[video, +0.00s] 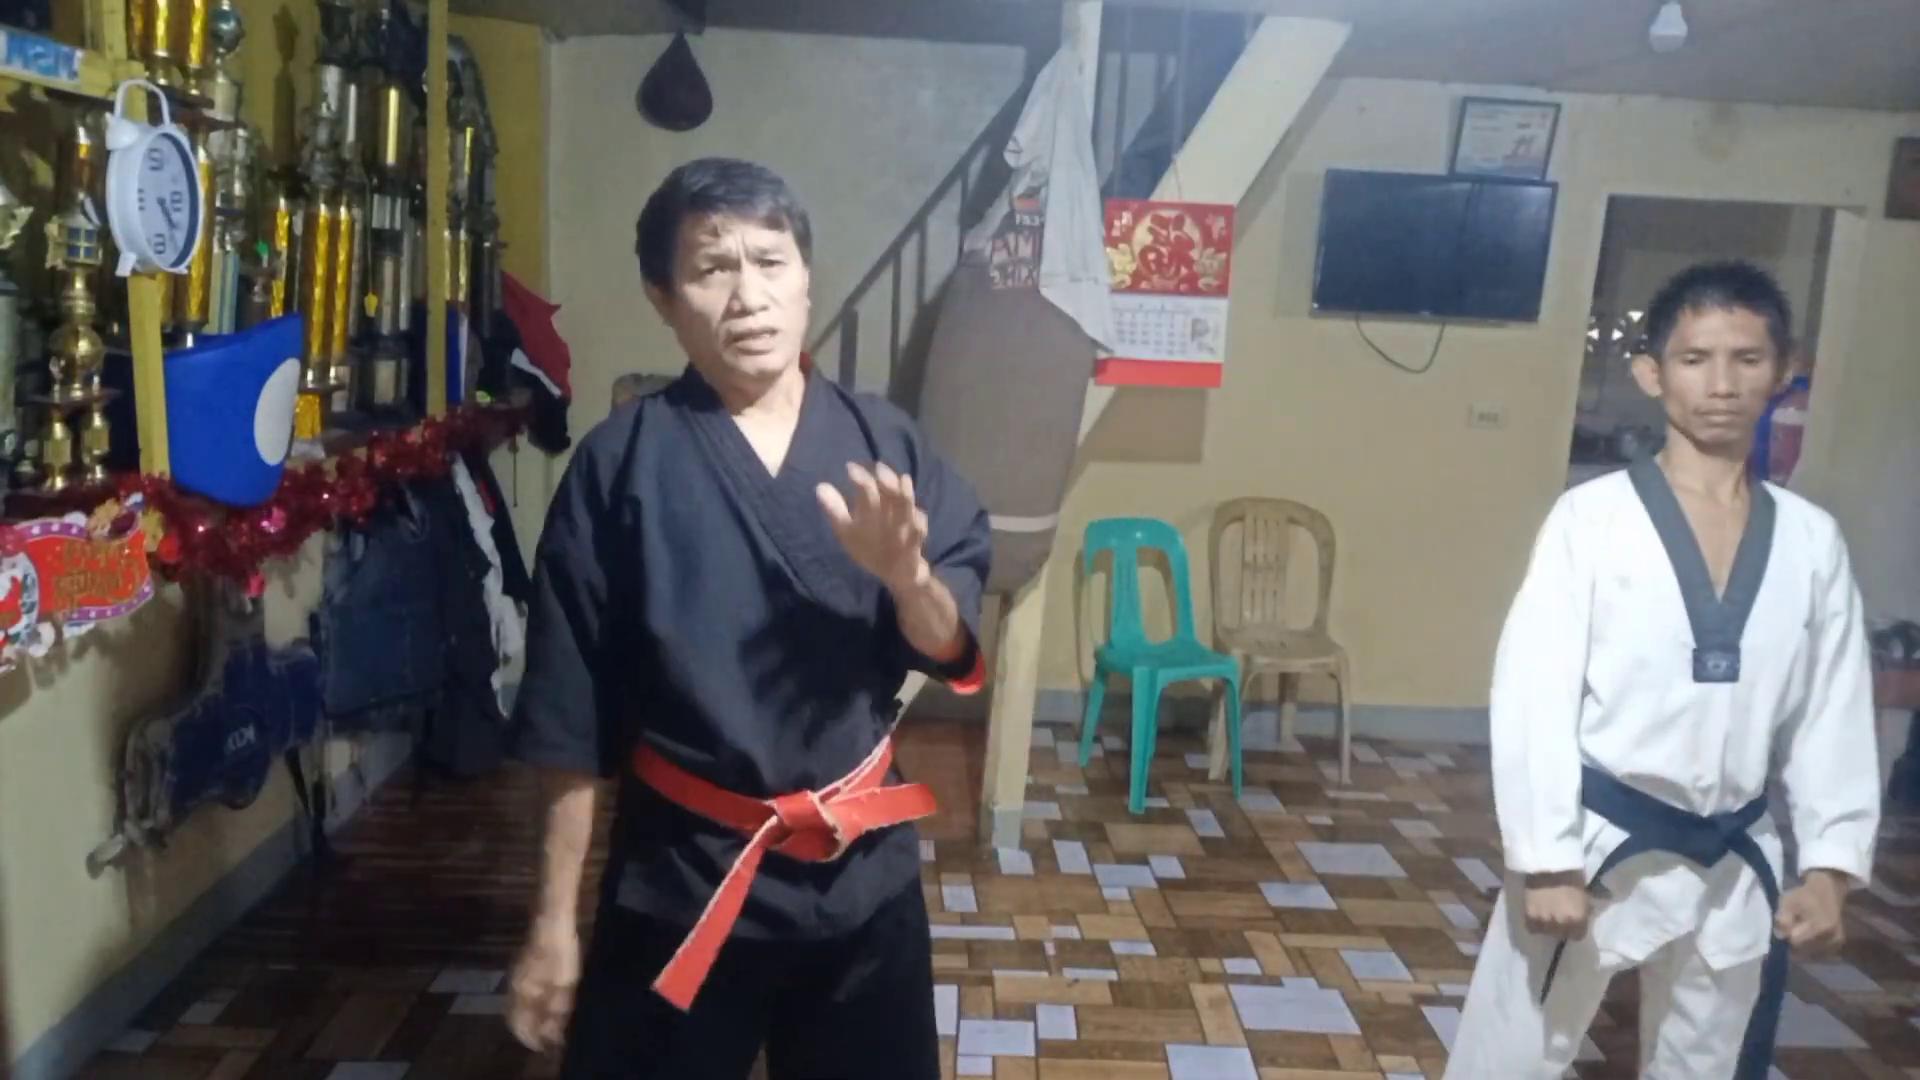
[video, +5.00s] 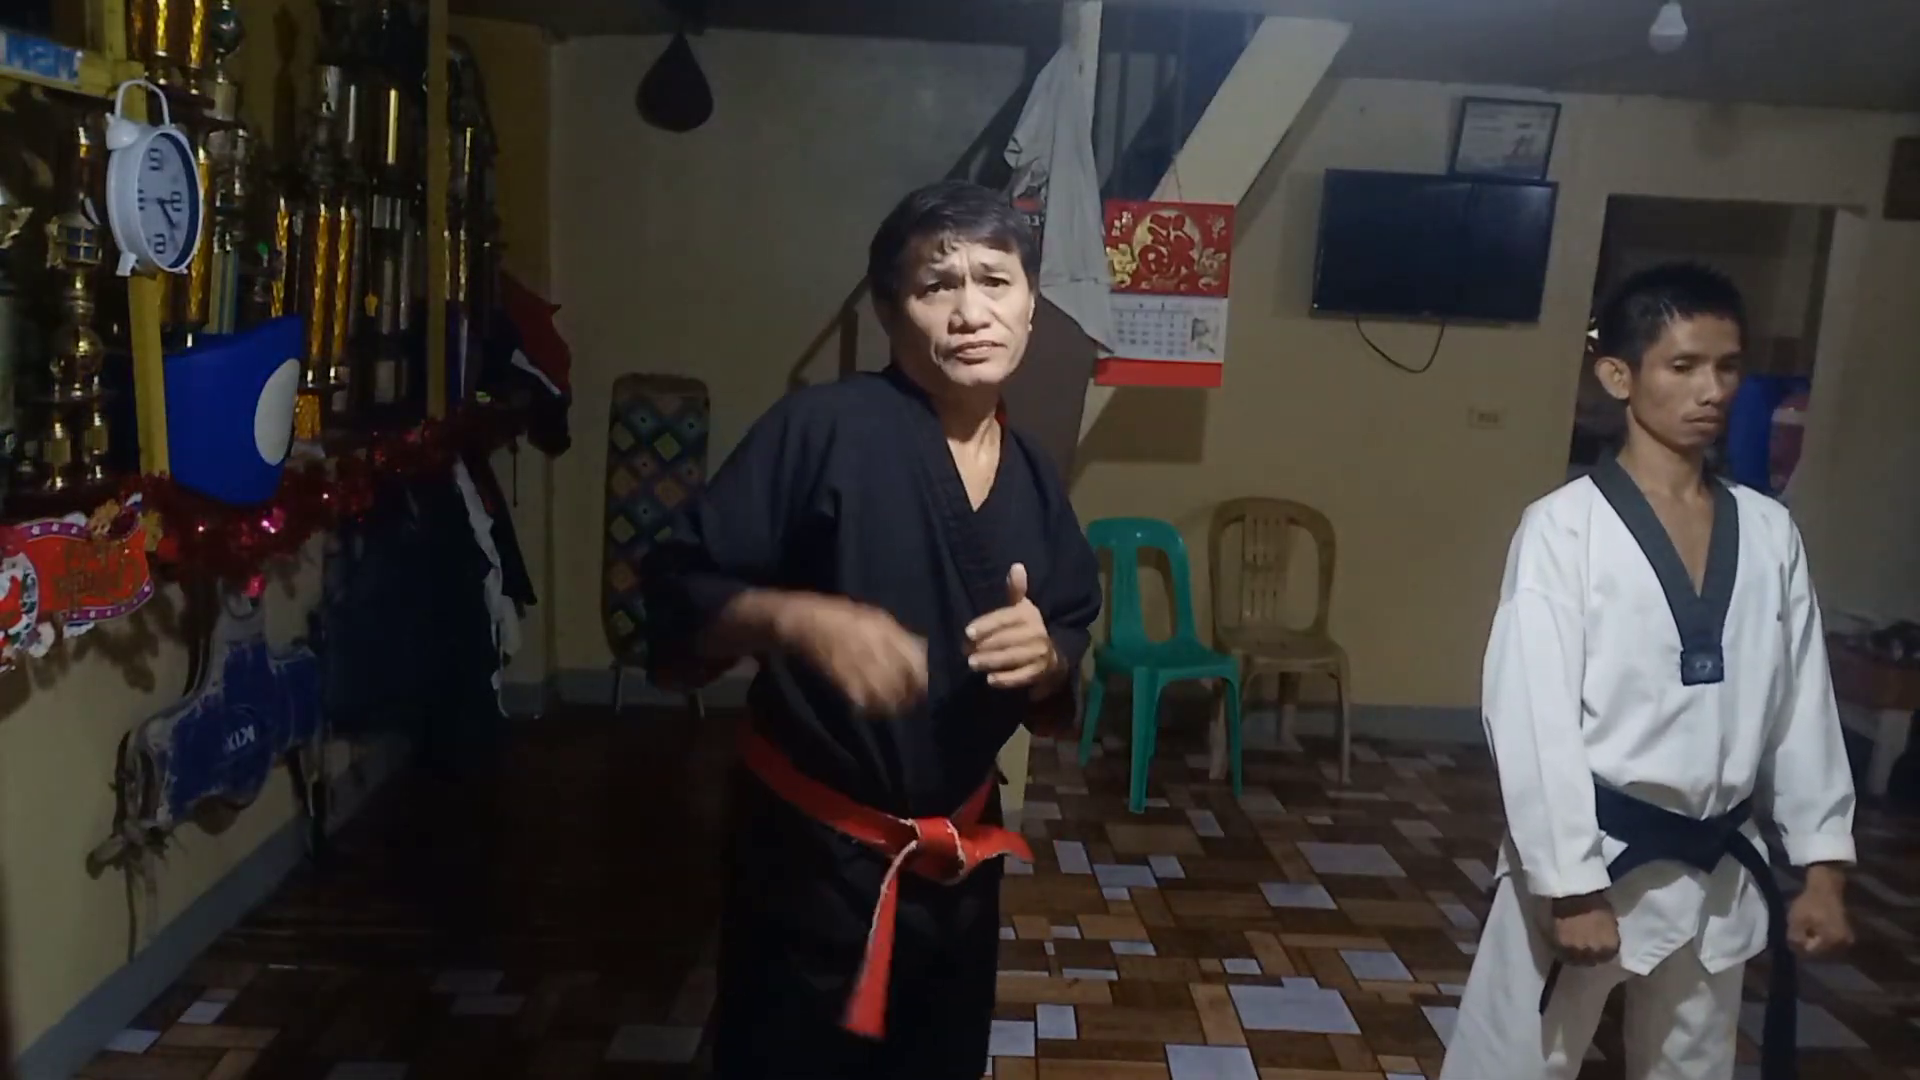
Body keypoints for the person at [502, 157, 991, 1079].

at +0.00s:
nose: (750, 295)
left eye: (771, 262)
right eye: (712, 270)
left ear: (808, 278)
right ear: (663, 301)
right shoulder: (615, 467)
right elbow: (572, 714)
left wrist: (908, 577)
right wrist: (553, 921)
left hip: (859, 878)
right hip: (680, 884)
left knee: (885, 1069)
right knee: (646, 1068)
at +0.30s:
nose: (835, 316)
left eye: (858, 280)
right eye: (799, 290)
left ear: (900, 289)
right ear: (753, 308)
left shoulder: (963, 447)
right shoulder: (691, 457)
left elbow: (1000, 595)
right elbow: (621, 681)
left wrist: (975, 667)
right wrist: (608, 887)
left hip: (914, 886)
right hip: (736, 884)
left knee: (906, 1066)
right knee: (686, 1067)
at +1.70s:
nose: (905, 297)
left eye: (930, 266)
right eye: (867, 271)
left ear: (969, 292)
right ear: (817, 309)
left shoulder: (1008, 472)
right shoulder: (739, 472)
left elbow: (1042, 632)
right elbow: (653, 697)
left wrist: (1021, 721)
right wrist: (695, 889)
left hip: (948, 914)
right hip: (774, 917)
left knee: (946, 1070)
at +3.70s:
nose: (888, 324)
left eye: (914, 290)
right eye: (856, 296)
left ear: (957, 300)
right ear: (813, 315)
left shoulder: (1009, 467)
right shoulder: (740, 467)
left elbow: (1063, 687)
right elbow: (671, 693)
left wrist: (1011, 615)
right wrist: (773, 856)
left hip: (949, 893)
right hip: (771, 893)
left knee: (951, 1070)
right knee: (760, 1074)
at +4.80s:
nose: (924, 301)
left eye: (947, 269)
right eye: (887, 281)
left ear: (991, 294)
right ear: (845, 323)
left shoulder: (1017, 467)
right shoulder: (782, 450)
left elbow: (1064, 634)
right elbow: (683, 648)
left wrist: (1036, 654)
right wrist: (803, 778)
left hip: (966, 895)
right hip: (803, 892)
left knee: (964, 1068)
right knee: (785, 1071)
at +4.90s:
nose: (947, 304)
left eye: (970, 274)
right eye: (910, 285)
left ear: (1013, 300)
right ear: (869, 323)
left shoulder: (1024, 469)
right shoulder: (803, 440)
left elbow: (1071, 628)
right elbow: (679, 617)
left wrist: (1043, 655)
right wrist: (803, 711)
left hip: (965, 875)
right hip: (814, 873)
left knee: (959, 1065)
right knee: (795, 1066)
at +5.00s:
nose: (972, 313)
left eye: (996, 282)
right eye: (937, 287)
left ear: (1032, 304)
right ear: (890, 314)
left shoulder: (1027, 469)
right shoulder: (818, 431)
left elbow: (1069, 635)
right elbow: (671, 593)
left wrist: (1045, 652)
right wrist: (798, 618)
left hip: (958, 852)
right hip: (815, 844)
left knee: (944, 1063)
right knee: (789, 1063)